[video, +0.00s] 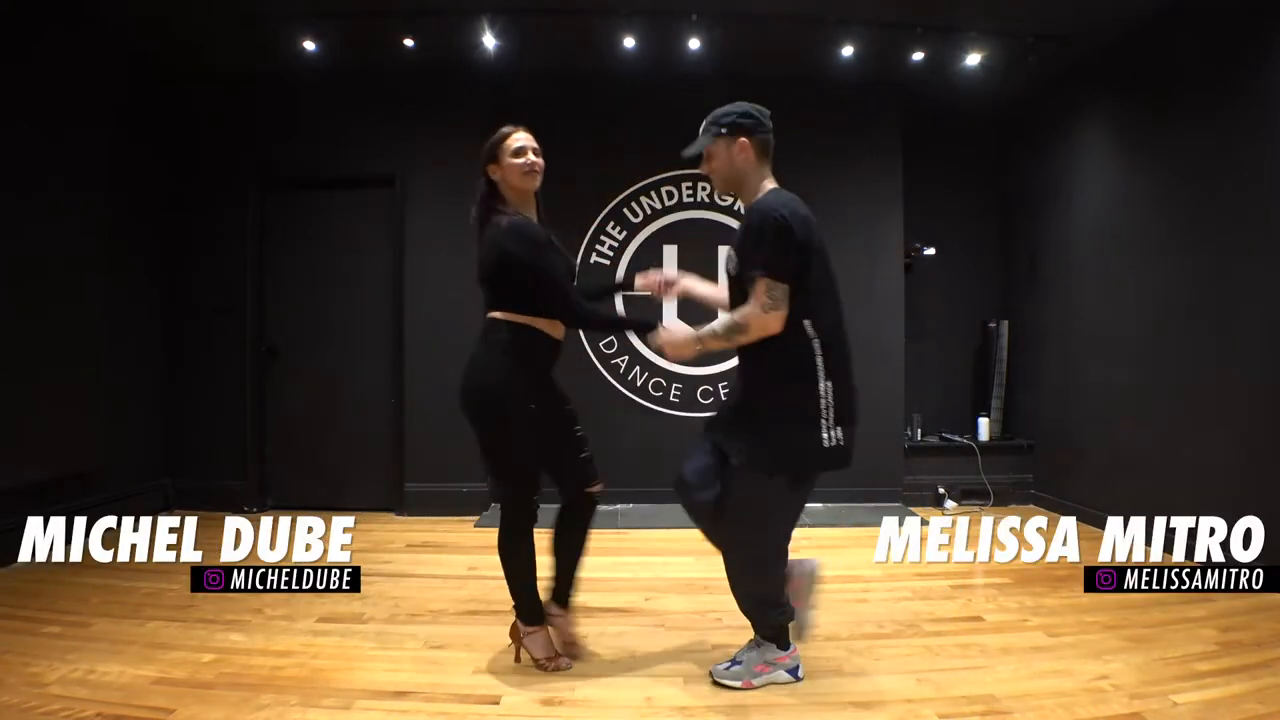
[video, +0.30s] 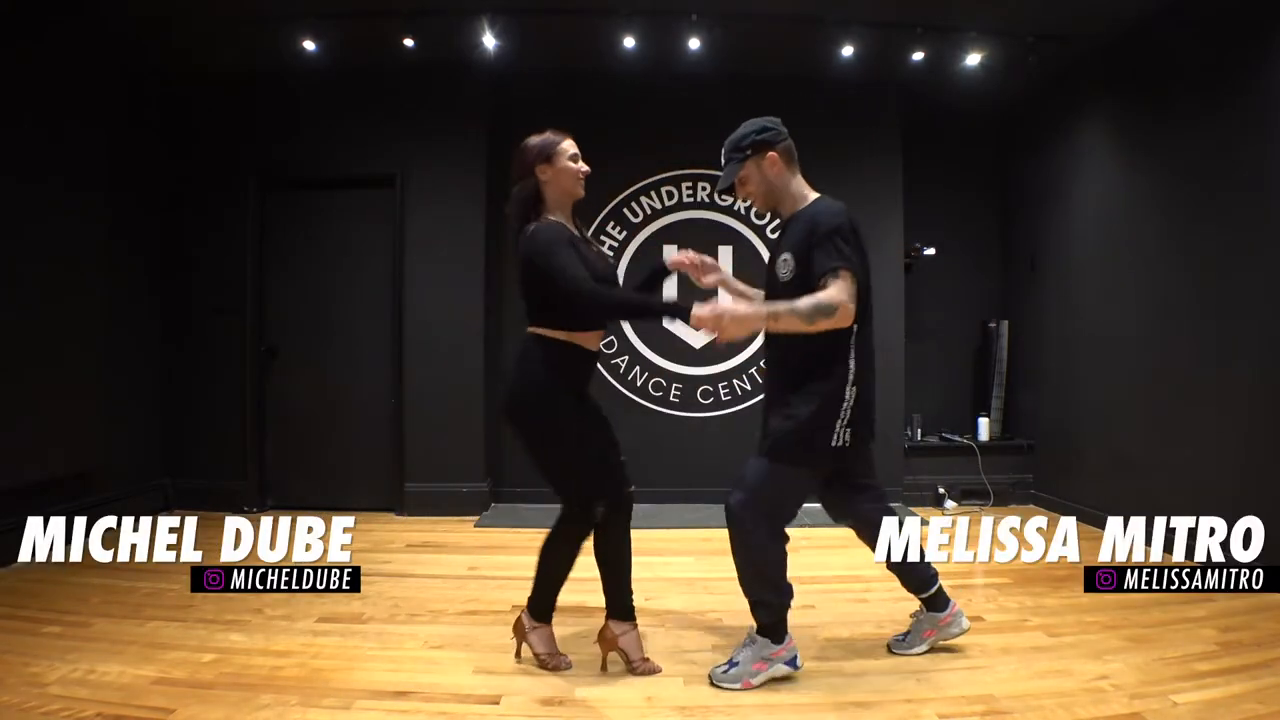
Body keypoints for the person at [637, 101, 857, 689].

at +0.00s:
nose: (705, 169)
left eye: (710, 155)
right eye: (704, 158)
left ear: (743, 147)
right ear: (745, 149)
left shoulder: (776, 216)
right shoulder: (763, 215)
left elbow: (770, 317)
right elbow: (752, 308)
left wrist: (695, 341)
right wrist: (688, 285)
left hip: (793, 411)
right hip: (763, 402)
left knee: (753, 528)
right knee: (697, 484)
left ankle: (774, 647)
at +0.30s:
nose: (740, 192)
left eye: (741, 176)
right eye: (735, 182)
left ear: (772, 160)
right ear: (771, 166)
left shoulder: (828, 220)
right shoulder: (788, 232)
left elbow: (840, 307)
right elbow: (781, 303)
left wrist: (754, 315)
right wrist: (722, 279)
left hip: (822, 408)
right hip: (808, 406)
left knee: (750, 509)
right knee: (859, 508)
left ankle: (772, 642)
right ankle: (940, 608)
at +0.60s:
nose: (736, 183)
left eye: (738, 167)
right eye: (732, 172)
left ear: (771, 152)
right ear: (770, 158)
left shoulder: (832, 210)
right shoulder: (784, 230)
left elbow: (833, 295)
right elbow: (778, 321)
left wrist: (759, 259)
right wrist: (714, 367)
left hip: (826, 397)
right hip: (801, 396)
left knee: (777, 518)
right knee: (830, 512)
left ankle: (838, 638)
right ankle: (918, 592)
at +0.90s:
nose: (695, 160)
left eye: (698, 146)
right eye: (692, 149)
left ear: (731, 134)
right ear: (727, 138)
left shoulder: (771, 196)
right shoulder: (750, 200)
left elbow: (775, 296)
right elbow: (734, 274)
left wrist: (707, 351)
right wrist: (666, 248)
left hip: (802, 386)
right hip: (764, 383)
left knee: (807, 508)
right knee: (737, 500)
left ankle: (844, 641)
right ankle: (745, 624)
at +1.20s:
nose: (632, 152)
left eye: (641, 140)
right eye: (633, 142)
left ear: (672, 140)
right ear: (672, 143)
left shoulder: (701, 205)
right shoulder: (685, 210)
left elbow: (724, 279)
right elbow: (696, 288)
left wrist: (634, 300)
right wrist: (647, 277)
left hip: (723, 398)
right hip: (692, 395)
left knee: (698, 522)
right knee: (673, 514)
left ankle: (800, 603)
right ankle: (681, 639)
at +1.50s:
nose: (581, 163)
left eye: (589, 152)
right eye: (584, 153)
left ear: (619, 155)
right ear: (619, 157)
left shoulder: (647, 221)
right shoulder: (622, 223)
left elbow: (616, 303)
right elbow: (632, 340)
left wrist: (560, 261)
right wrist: (569, 374)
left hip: (621, 402)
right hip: (608, 401)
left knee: (544, 510)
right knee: (579, 517)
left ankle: (495, 641)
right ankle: (651, 613)